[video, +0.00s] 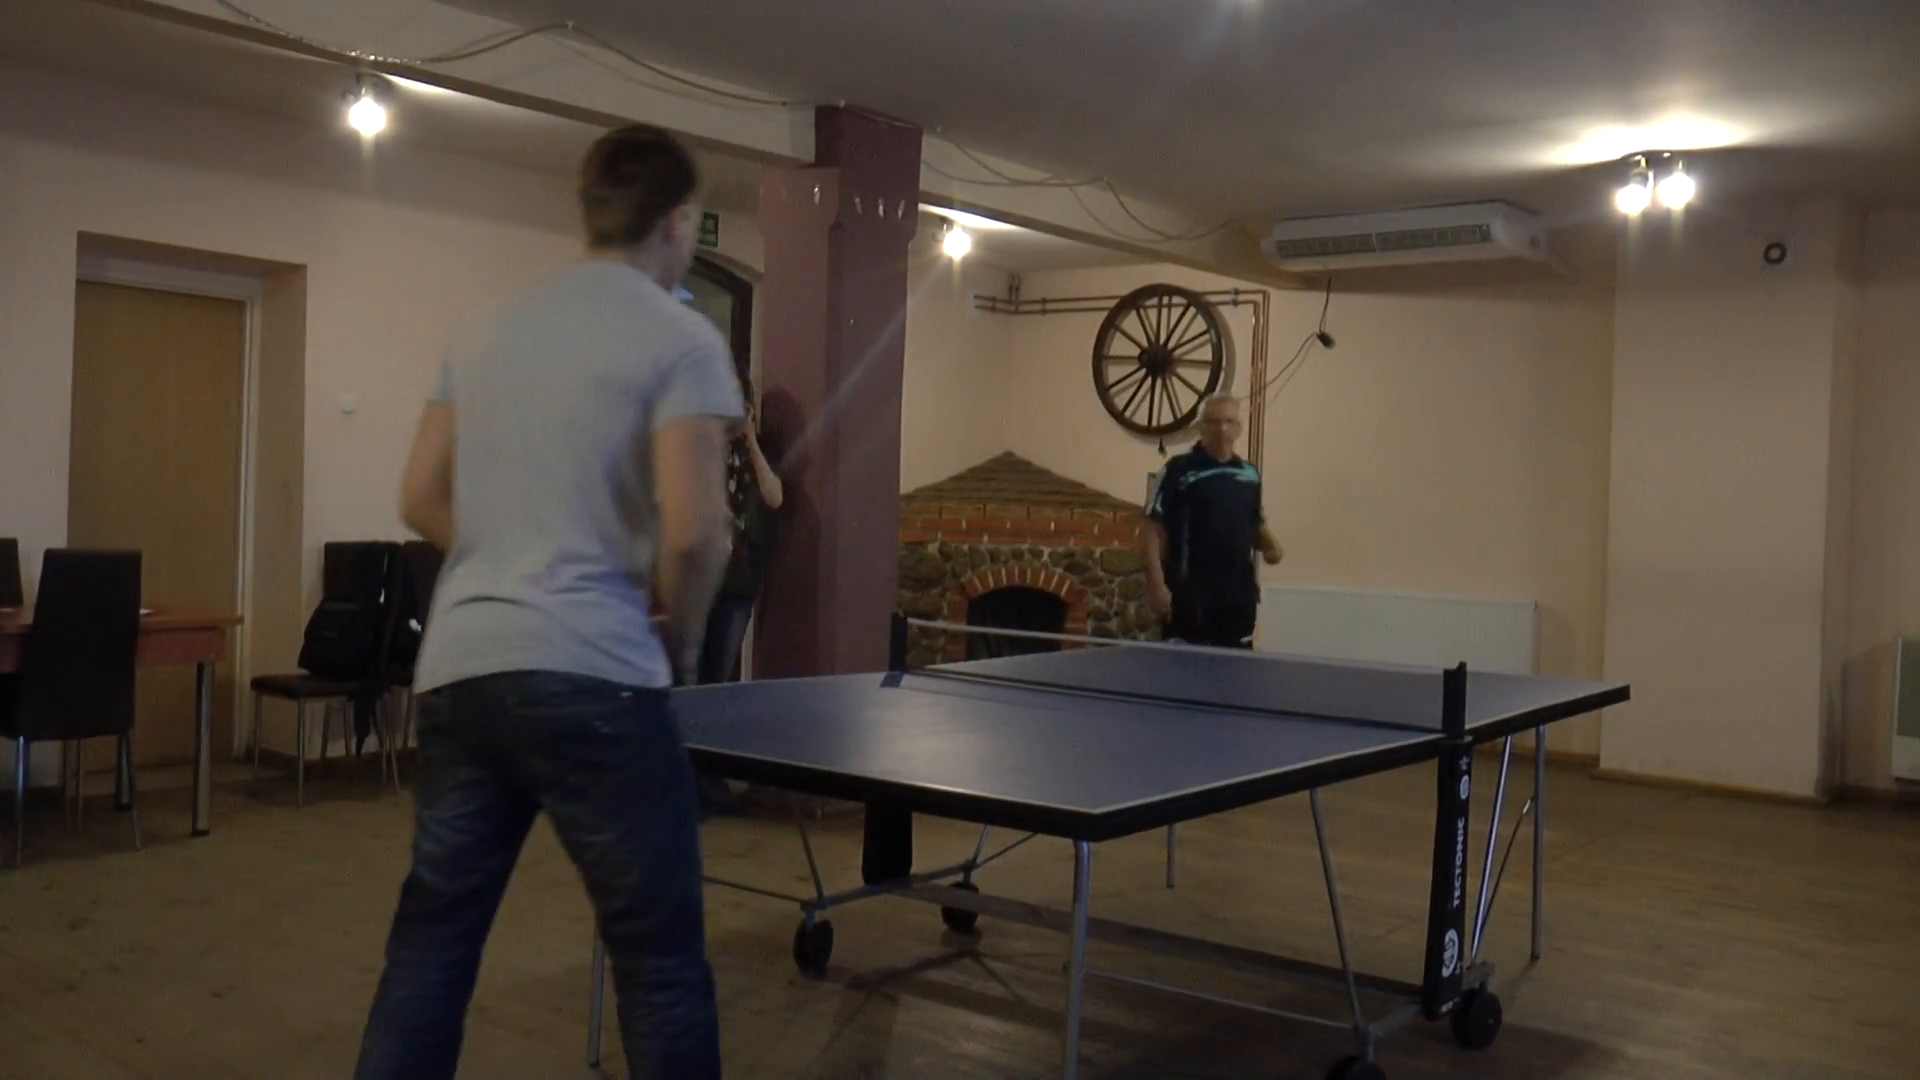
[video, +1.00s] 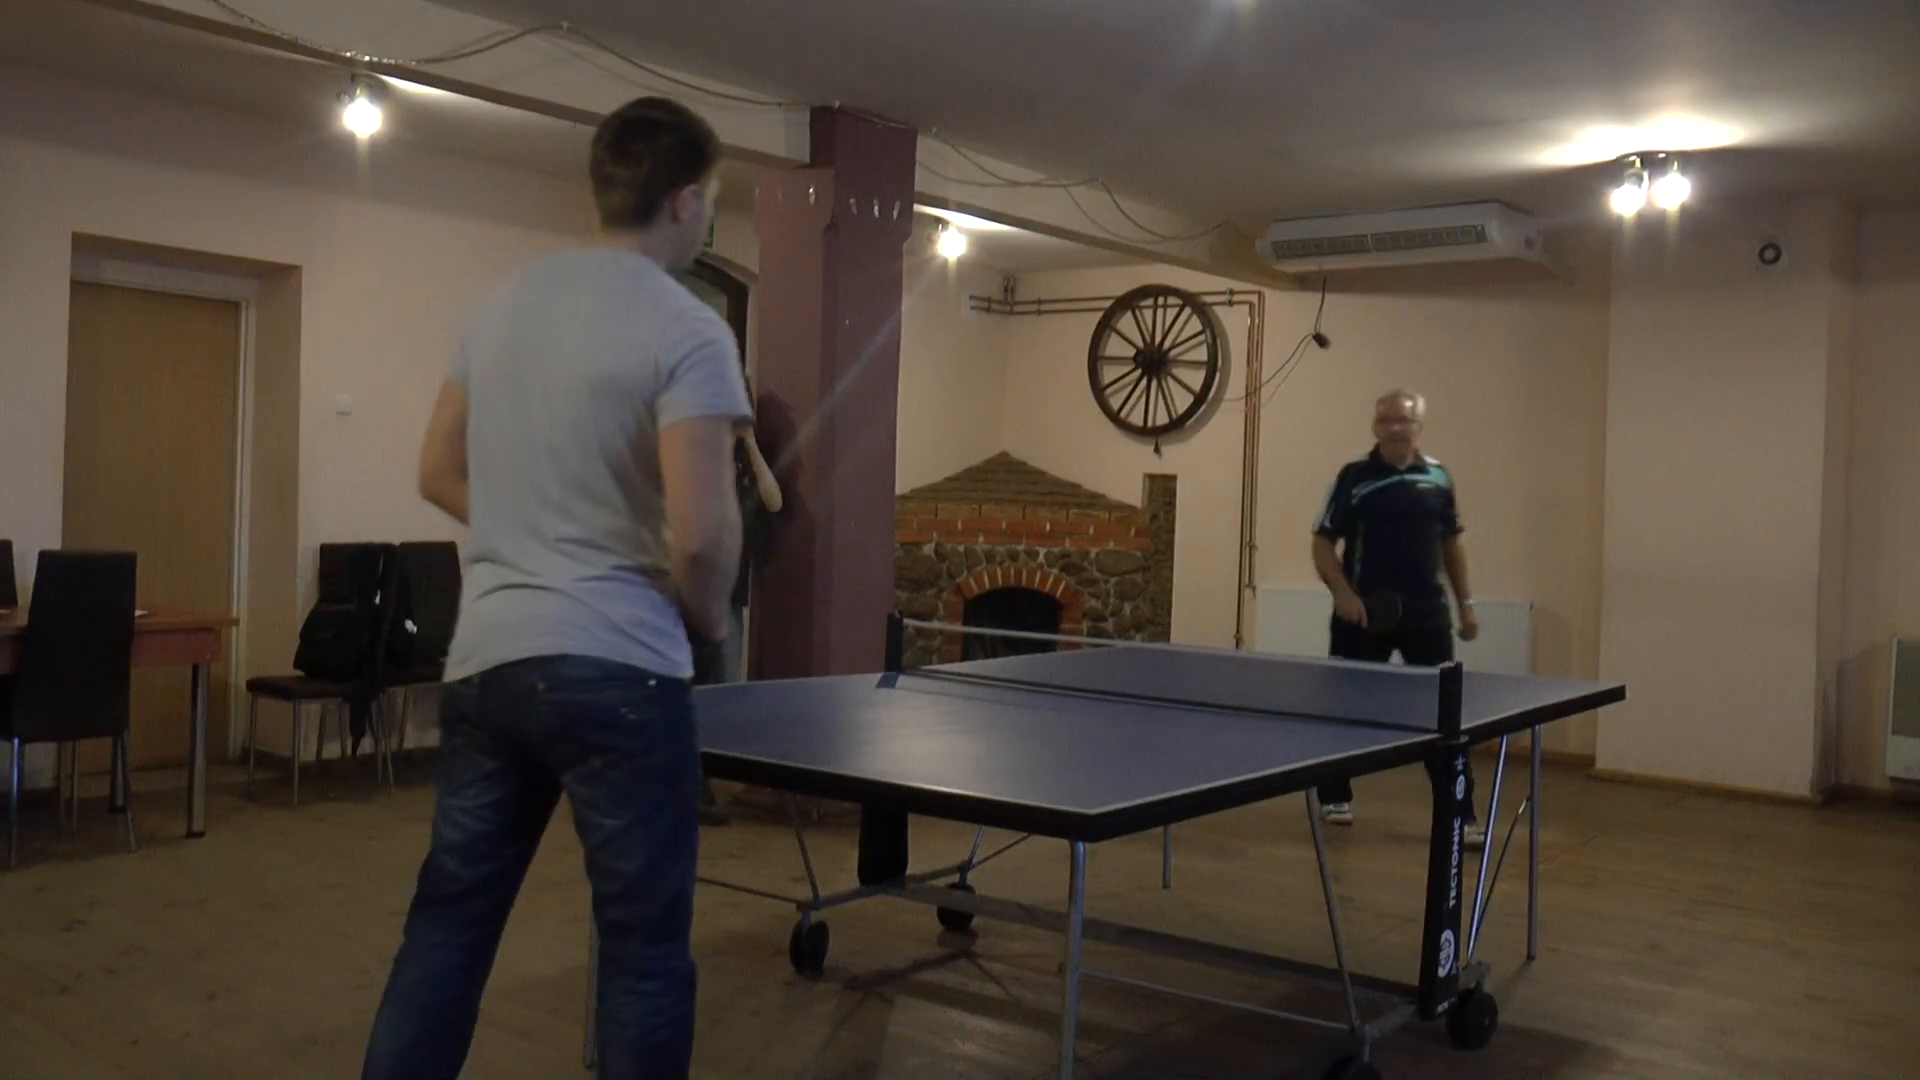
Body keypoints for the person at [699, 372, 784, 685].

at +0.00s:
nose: (738, 417)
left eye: (743, 409)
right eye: (731, 409)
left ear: (752, 412)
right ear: (718, 411)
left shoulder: (757, 451)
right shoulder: (704, 447)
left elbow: (774, 498)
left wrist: (751, 441)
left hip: (742, 562)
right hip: (698, 560)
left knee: (722, 664)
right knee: (690, 659)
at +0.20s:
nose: (728, 400)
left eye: (736, 394)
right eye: (720, 392)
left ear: (746, 401)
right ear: (704, 397)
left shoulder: (753, 448)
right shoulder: (688, 443)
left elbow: (776, 498)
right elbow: (675, 488)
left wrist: (752, 445)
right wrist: (706, 438)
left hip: (737, 574)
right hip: (690, 572)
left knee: (722, 680)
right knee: (685, 678)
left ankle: (710, 779)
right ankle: (674, 784)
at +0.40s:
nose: (728, 404)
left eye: (736, 398)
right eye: (720, 397)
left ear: (747, 405)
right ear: (704, 401)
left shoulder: (755, 451)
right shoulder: (689, 447)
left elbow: (782, 498)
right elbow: (673, 489)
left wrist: (751, 444)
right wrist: (705, 439)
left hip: (737, 578)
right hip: (687, 576)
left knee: (733, 682)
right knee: (684, 679)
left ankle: (717, 781)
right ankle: (676, 784)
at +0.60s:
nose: (727, 413)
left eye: (736, 407)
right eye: (720, 405)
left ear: (747, 411)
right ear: (705, 407)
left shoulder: (754, 455)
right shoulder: (690, 451)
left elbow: (787, 498)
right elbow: (676, 493)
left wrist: (754, 444)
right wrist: (706, 442)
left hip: (730, 582)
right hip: (681, 580)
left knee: (731, 685)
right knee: (677, 682)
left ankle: (706, 784)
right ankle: (672, 786)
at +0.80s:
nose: (724, 410)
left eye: (733, 405)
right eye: (717, 403)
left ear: (745, 410)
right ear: (704, 407)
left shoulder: (752, 455)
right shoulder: (691, 453)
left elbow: (779, 501)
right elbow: (679, 501)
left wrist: (751, 443)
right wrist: (704, 444)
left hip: (729, 583)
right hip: (685, 580)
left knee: (719, 684)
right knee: (677, 679)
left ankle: (702, 782)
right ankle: (671, 783)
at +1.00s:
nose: (736, 421)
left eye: (740, 415)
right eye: (730, 416)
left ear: (743, 418)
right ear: (710, 418)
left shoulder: (741, 456)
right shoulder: (688, 457)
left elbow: (773, 500)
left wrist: (750, 445)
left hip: (726, 588)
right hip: (680, 589)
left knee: (720, 690)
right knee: (688, 693)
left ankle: (706, 789)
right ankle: (690, 791)